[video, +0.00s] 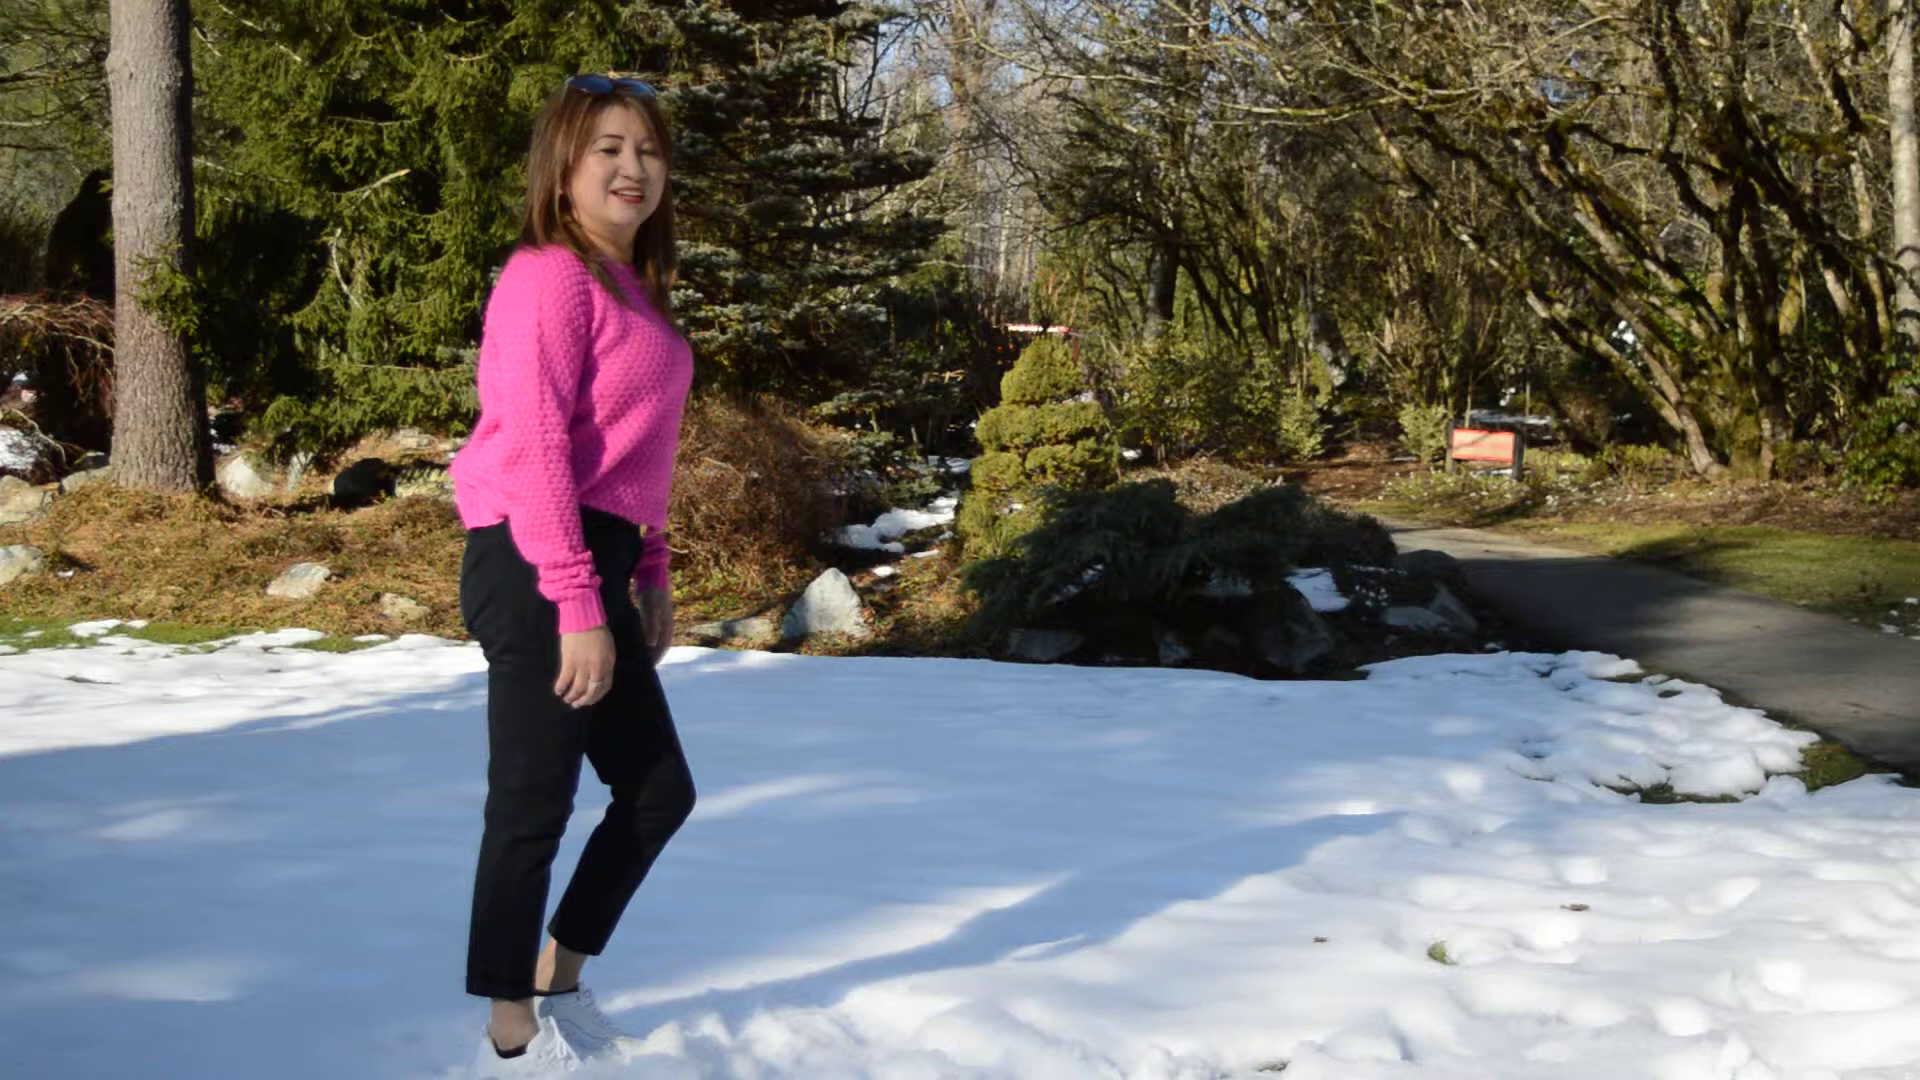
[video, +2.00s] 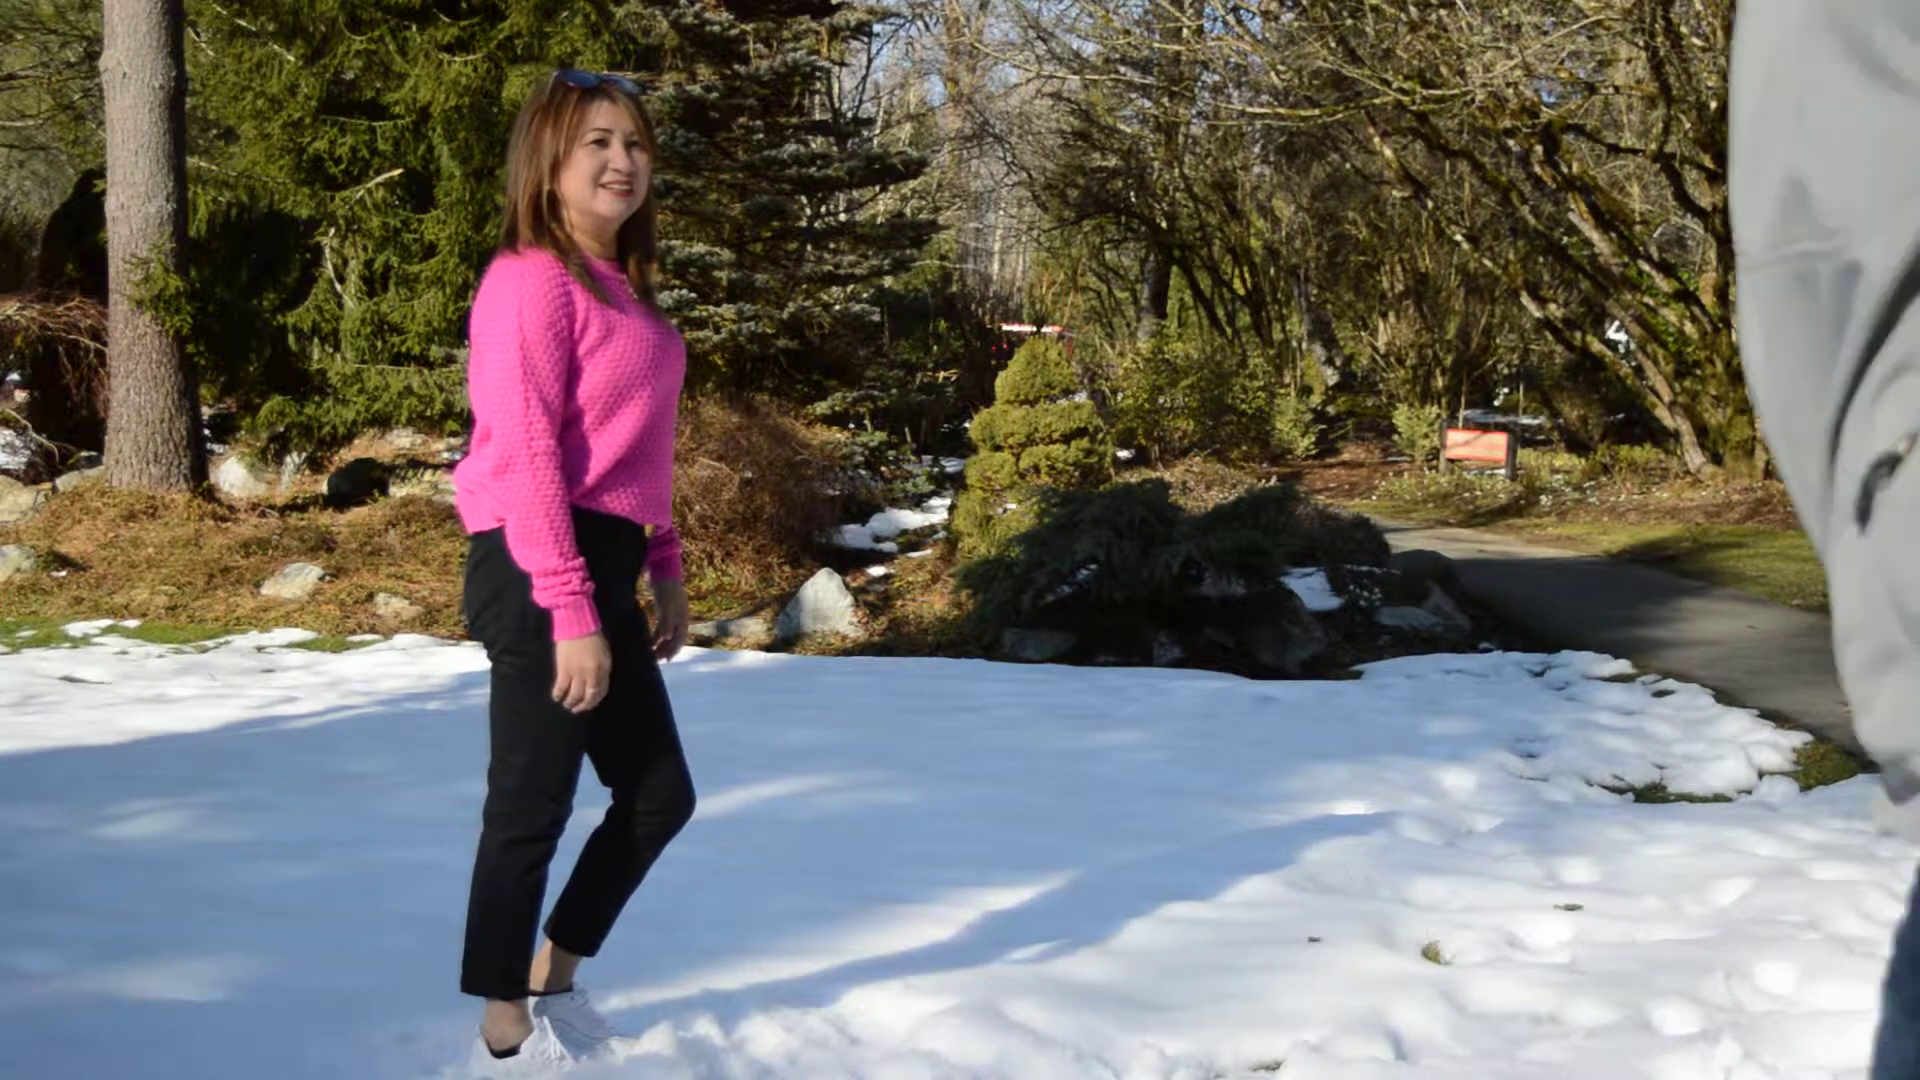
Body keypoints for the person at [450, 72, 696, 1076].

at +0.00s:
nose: (631, 167)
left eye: (647, 151)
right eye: (608, 148)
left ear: (663, 175)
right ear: (562, 167)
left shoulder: (635, 292)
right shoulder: (545, 276)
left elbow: (637, 453)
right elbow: (535, 451)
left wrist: (651, 572)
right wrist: (575, 608)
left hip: (600, 555)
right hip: (529, 550)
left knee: (659, 791)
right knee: (532, 796)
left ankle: (558, 978)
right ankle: (508, 1037)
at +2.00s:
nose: (623, 161)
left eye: (636, 144)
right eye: (599, 143)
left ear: (649, 168)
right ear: (548, 162)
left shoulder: (620, 290)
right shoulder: (527, 280)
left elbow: (638, 448)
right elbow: (525, 455)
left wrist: (664, 573)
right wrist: (571, 612)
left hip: (604, 558)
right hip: (534, 554)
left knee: (660, 794)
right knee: (528, 804)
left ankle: (550, 981)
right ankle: (501, 1038)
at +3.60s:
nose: (605, 155)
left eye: (613, 139)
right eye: (583, 140)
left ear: (628, 154)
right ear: (536, 160)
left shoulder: (638, 274)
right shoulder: (514, 273)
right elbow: (466, 409)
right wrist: (473, 544)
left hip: (630, 568)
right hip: (538, 565)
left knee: (678, 784)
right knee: (533, 803)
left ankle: (564, 967)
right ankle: (503, 1033)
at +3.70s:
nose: (602, 174)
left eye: (607, 157)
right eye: (584, 159)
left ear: (615, 169)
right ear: (543, 172)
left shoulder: (642, 269)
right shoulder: (514, 270)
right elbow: (453, 369)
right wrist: (420, 456)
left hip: (631, 549)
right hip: (528, 549)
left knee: (642, 769)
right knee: (530, 788)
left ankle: (582, 962)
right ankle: (506, 1031)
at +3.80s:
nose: (575, 179)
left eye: (581, 163)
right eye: (563, 164)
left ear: (603, 157)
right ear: (540, 174)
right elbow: (428, 398)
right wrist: (408, 344)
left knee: (681, 767)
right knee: (533, 774)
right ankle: (506, 1006)